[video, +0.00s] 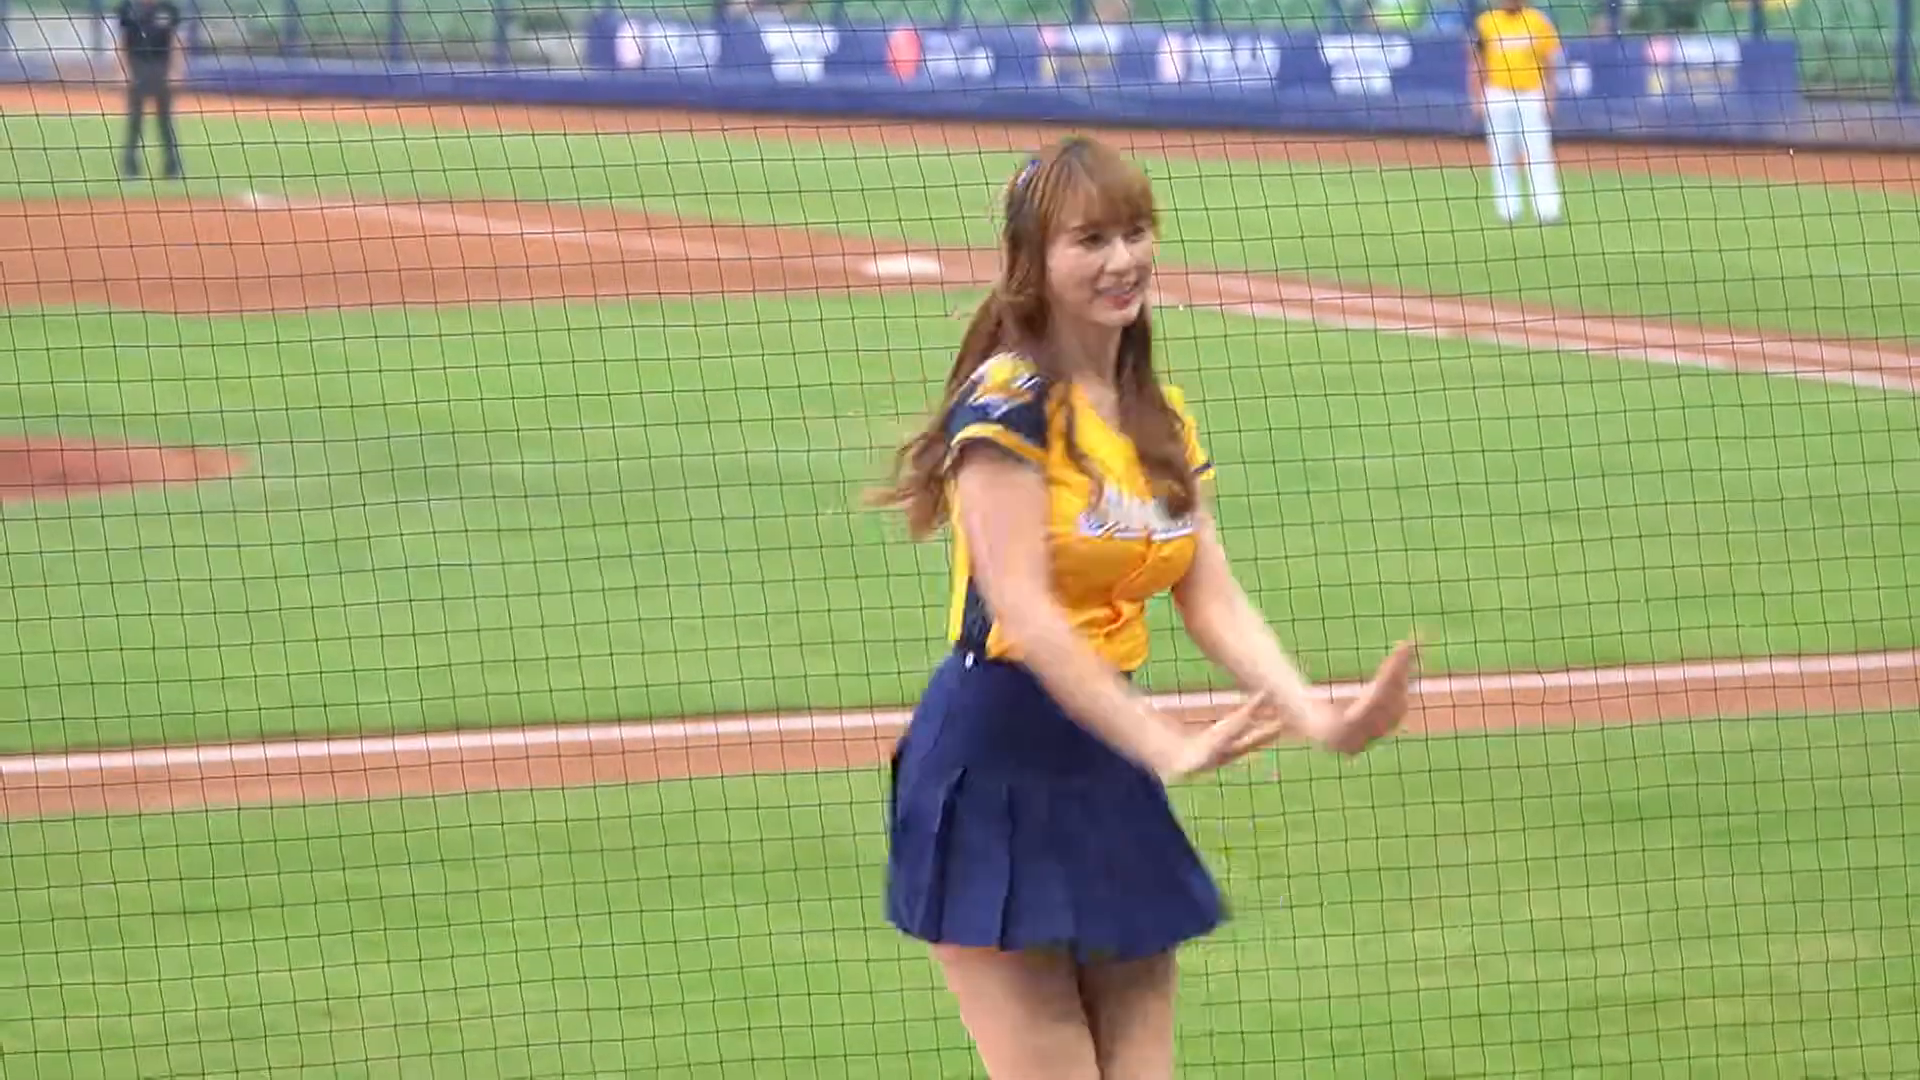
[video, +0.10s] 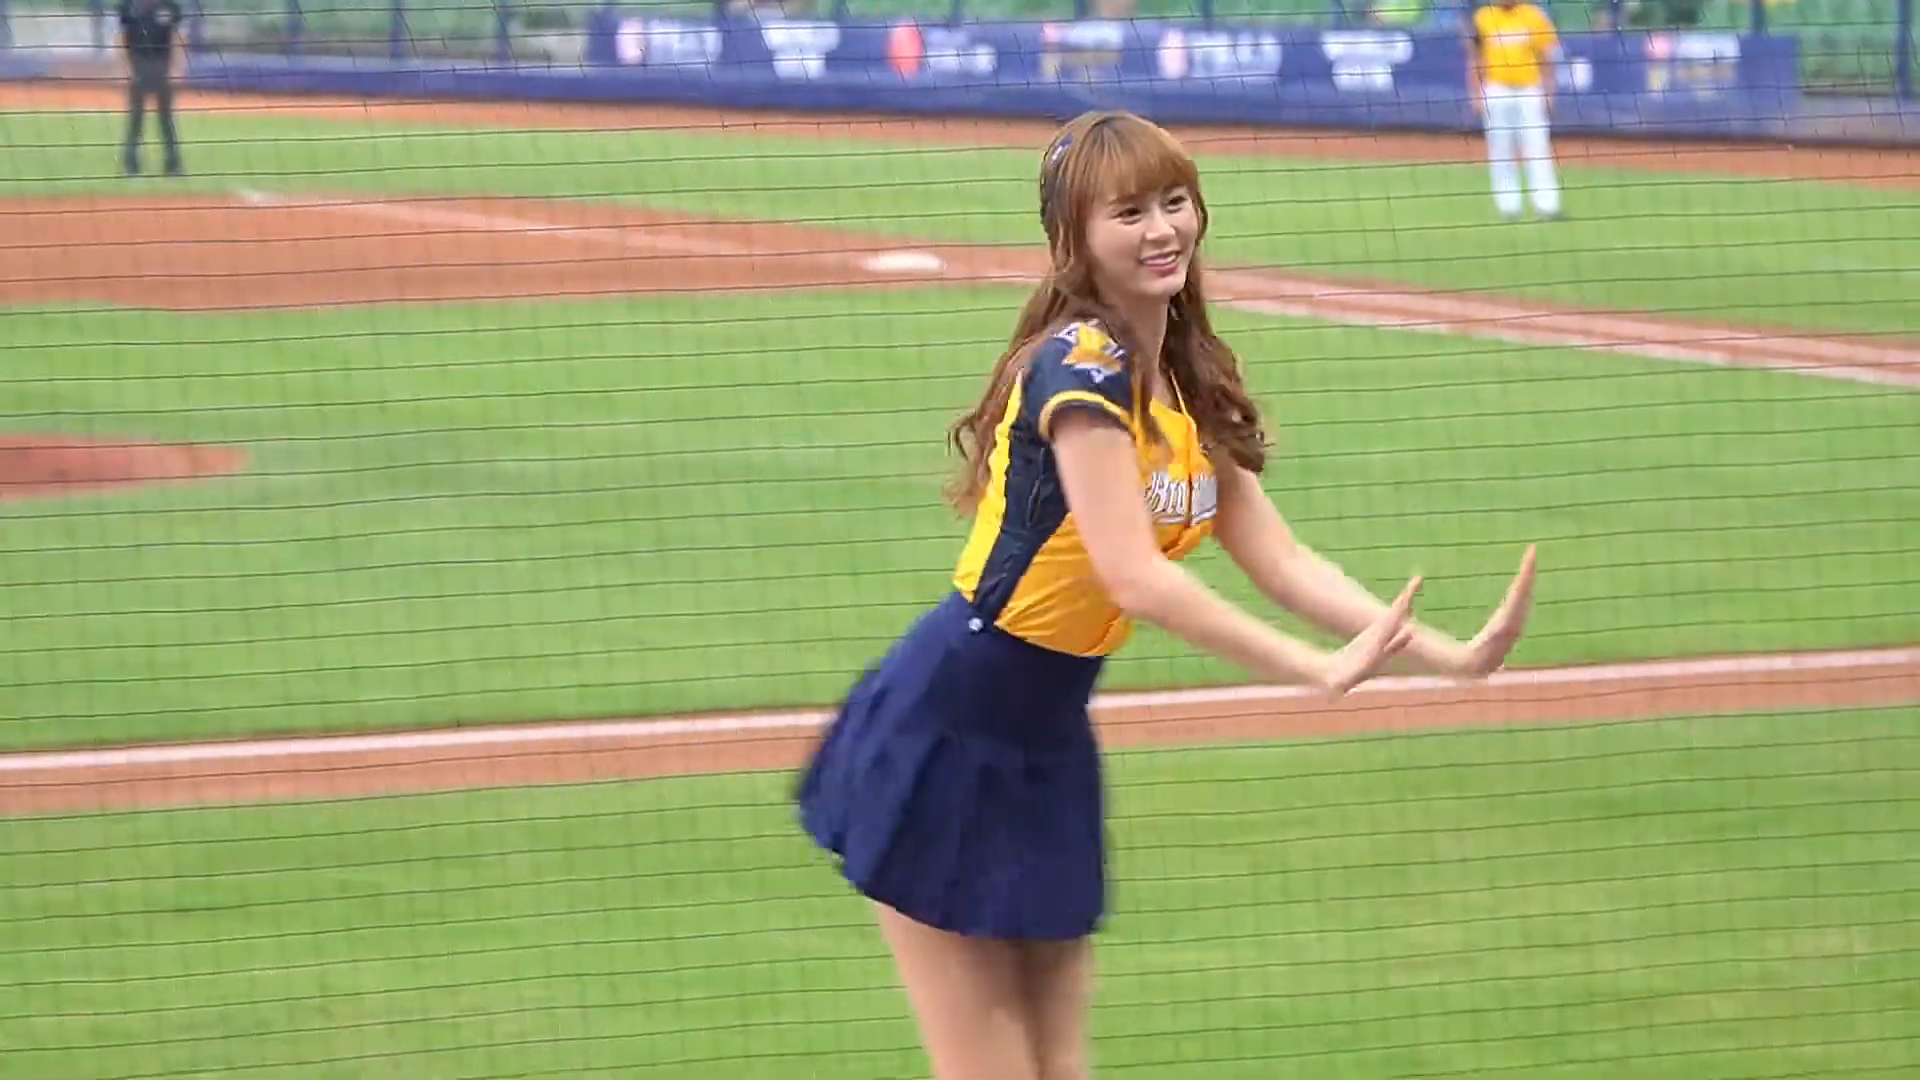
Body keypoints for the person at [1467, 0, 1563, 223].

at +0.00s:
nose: (1510, 3)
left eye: (1514, 0)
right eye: (1507, 0)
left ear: (1522, 1)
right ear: (1499, 1)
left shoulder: (1537, 20)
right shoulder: (1485, 22)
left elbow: (1550, 61)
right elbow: (1474, 61)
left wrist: (1550, 96)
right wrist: (1476, 97)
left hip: (1532, 93)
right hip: (1497, 94)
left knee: (1539, 150)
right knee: (1502, 152)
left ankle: (1547, 206)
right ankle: (1508, 207)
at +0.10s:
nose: (1506, 1)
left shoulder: (1533, 15)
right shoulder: (1482, 18)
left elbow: (1548, 56)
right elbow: (1473, 58)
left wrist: (1548, 91)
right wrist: (1476, 93)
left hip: (1530, 88)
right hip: (1495, 89)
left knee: (1537, 146)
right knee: (1500, 148)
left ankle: (1546, 201)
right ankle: (1508, 203)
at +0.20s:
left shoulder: (1525, 12)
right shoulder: (1473, 16)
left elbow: (1540, 51)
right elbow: (1465, 55)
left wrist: (1542, 86)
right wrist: (1469, 90)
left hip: (1523, 83)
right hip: (1488, 85)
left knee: (1531, 142)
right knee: (1494, 145)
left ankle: (1541, 198)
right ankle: (1502, 199)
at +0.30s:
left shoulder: (1523, 10)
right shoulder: (1471, 13)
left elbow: (1538, 49)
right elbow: (1464, 52)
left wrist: (1540, 84)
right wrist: (1468, 87)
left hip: (1521, 80)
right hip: (1487, 82)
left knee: (1529, 140)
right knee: (1492, 143)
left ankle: (1539, 195)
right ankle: (1501, 196)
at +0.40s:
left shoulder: (1520, 8)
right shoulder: (1468, 11)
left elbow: (1535, 44)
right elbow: (1461, 50)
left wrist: (1537, 79)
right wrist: (1465, 84)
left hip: (1519, 78)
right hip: (1484, 79)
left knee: (1526, 137)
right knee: (1491, 140)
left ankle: (1538, 192)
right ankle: (1499, 193)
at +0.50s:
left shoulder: (1521, 6)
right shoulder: (1468, 9)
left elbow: (1535, 40)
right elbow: (1461, 47)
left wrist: (1537, 76)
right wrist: (1464, 81)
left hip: (1519, 75)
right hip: (1484, 77)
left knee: (1527, 134)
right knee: (1491, 138)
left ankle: (1538, 190)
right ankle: (1500, 191)